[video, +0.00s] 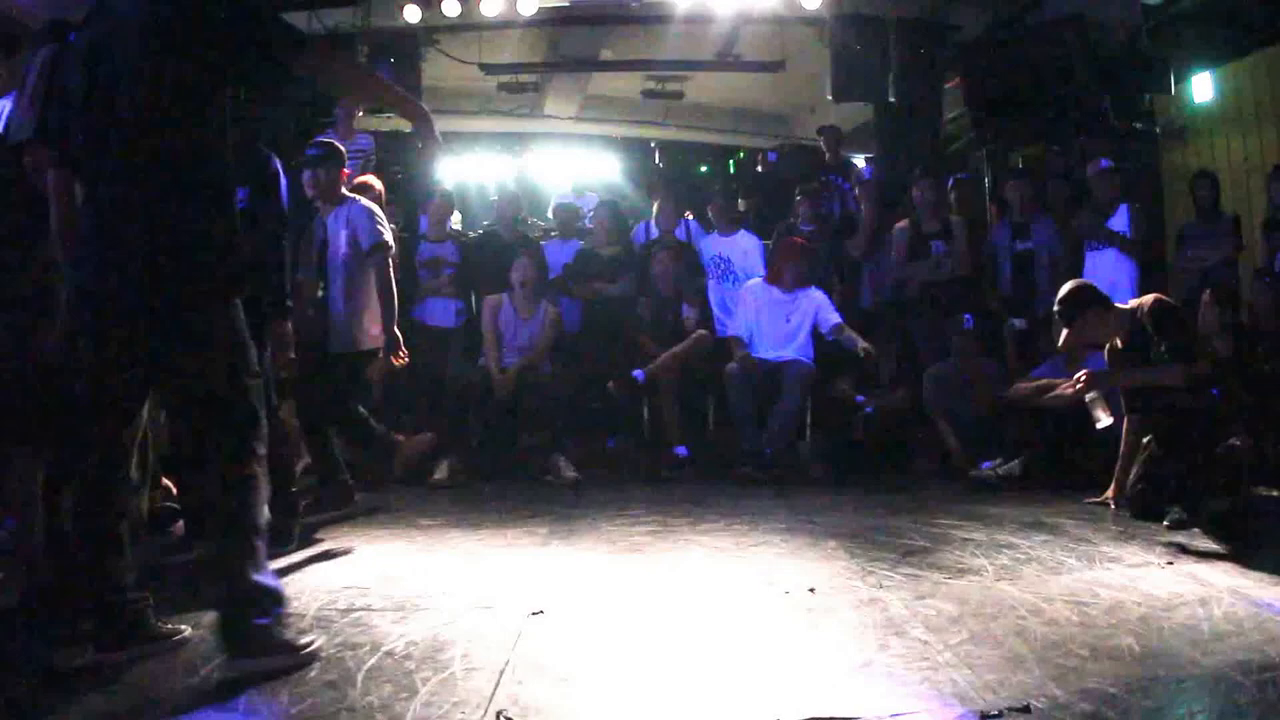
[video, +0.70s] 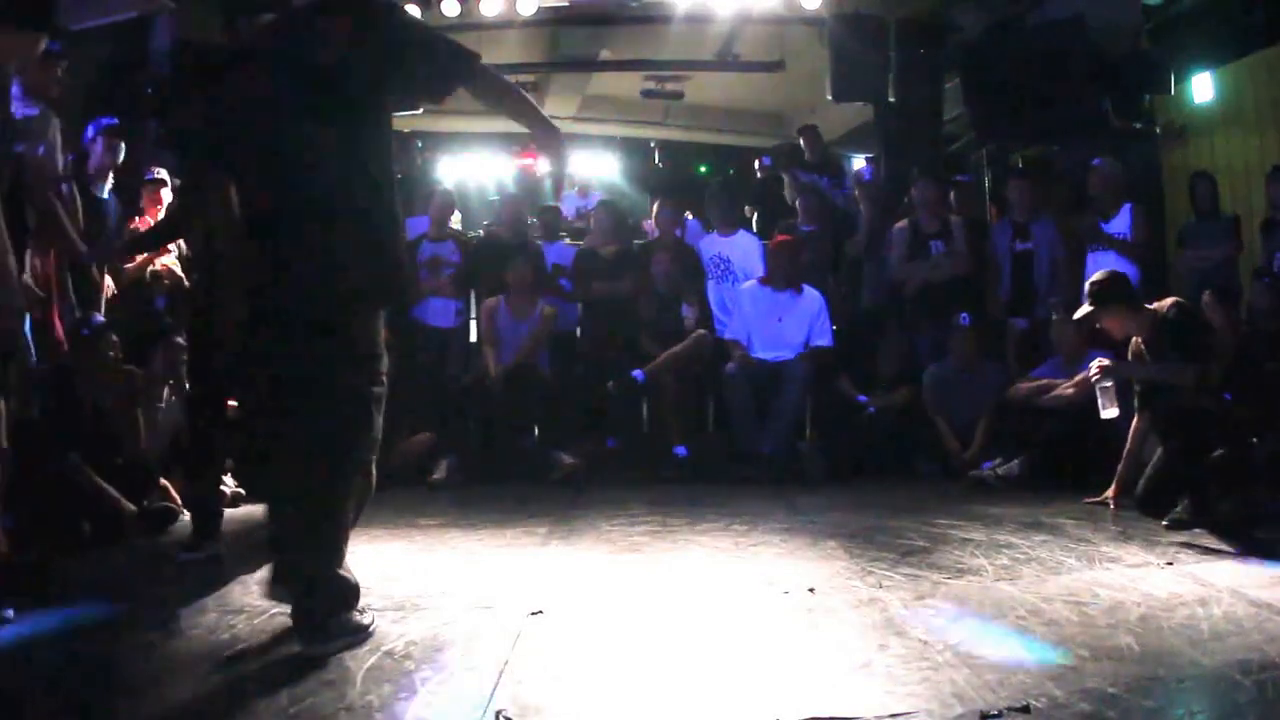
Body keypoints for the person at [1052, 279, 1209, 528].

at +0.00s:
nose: (1079, 340)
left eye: (1076, 329)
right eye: (1074, 332)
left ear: (1093, 315)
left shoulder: (1154, 309)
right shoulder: (1116, 351)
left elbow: (1181, 372)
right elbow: (1134, 417)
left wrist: (1111, 379)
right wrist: (1117, 485)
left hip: (1203, 420)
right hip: (1166, 431)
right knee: (1139, 501)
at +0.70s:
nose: (1101, 326)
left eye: (1101, 317)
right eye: (1098, 319)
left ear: (1120, 308)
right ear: (1120, 311)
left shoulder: (1174, 313)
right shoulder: (1138, 349)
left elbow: (1192, 372)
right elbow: (1142, 418)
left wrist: (1125, 370)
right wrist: (1117, 485)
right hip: (1180, 435)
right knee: (1150, 502)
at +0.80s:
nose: (1112, 318)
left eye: (1115, 308)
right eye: (1111, 310)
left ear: (1134, 302)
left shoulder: (1187, 314)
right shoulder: (1149, 345)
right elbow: (1144, 418)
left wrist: (1135, 363)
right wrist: (1117, 485)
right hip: (1187, 432)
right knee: (1148, 500)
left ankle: (1197, 501)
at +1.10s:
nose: (1143, 298)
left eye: (1146, 288)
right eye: (1142, 289)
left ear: (1168, 287)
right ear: (1164, 290)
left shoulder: (1216, 313)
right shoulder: (1171, 337)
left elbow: (1210, 366)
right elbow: (1159, 409)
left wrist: (1142, 357)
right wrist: (1129, 470)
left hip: (1234, 428)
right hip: (1199, 430)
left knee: (1177, 388)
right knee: (1149, 496)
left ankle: (1198, 498)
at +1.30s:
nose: (1151, 289)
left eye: (1156, 280)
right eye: (1151, 281)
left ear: (1179, 281)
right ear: (1175, 283)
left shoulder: (1221, 310)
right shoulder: (1176, 332)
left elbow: (1214, 362)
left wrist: (1144, 360)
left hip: (1235, 425)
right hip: (1200, 430)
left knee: (1183, 385)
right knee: (1150, 495)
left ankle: (1197, 500)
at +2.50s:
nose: (1186, 276)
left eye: (1195, 269)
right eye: (1186, 269)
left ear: (1220, 274)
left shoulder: (1245, 315)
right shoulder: (1193, 328)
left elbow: (1220, 360)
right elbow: (1193, 403)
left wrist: (1145, 368)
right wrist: (1169, 450)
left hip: (1255, 431)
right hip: (1213, 432)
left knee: (1196, 388)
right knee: (1156, 497)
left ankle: (1206, 503)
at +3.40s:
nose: (1200, 277)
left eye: (1207, 269)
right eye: (1195, 271)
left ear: (1222, 274)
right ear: (1190, 278)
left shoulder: (1243, 319)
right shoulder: (1192, 329)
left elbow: (1226, 361)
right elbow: (1186, 400)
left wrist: (1147, 364)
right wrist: (1158, 458)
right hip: (1203, 440)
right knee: (1159, 500)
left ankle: (1205, 498)